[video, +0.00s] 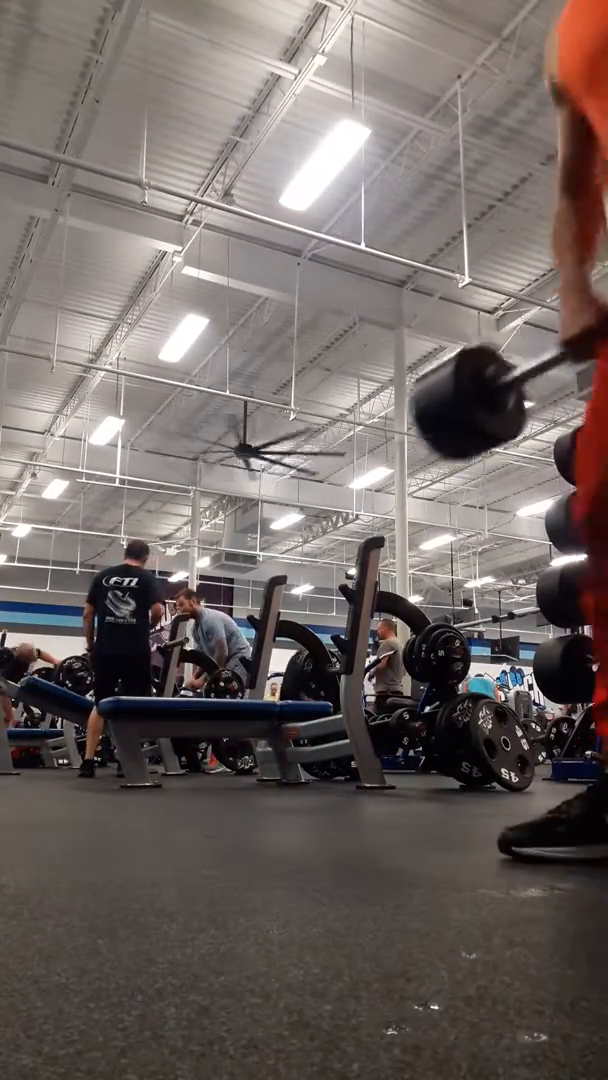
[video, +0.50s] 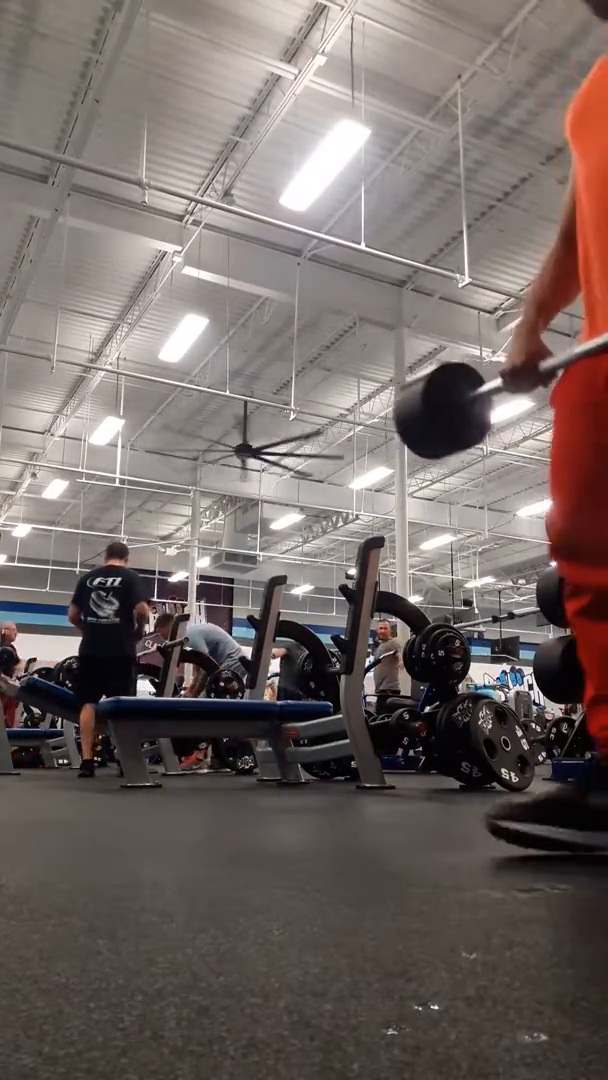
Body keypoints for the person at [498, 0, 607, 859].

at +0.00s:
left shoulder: (583, 30)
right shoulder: (580, 30)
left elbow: (578, 179)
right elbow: (578, 177)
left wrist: (574, 285)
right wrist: (574, 286)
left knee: (598, 531)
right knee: (597, 529)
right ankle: (607, 775)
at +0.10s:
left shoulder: (583, 45)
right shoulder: (580, 47)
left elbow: (572, 206)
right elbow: (571, 204)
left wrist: (552, 308)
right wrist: (549, 304)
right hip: (606, 346)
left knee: (587, 540)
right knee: (586, 538)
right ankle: (607, 776)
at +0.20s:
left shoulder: (586, 57)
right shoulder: (580, 59)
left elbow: (568, 220)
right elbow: (569, 218)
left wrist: (537, 309)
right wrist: (531, 307)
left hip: (607, 347)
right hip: (603, 343)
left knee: (588, 541)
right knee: (587, 539)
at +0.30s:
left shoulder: (593, 59)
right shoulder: (587, 64)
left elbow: (578, 202)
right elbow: (579, 199)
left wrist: (529, 305)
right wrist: (528, 304)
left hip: (604, 349)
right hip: (597, 345)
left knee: (590, 542)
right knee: (588, 540)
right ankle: (607, 774)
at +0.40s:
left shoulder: (595, 79)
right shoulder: (591, 80)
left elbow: (583, 208)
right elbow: (584, 207)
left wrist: (528, 313)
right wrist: (528, 312)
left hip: (600, 362)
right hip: (594, 359)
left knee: (591, 555)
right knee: (589, 553)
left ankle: (607, 777)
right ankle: (605, 776)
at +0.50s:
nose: (587, 6)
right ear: (593, 11)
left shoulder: (594, 99)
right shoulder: (588, 101)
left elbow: (581, 214)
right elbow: (583, 209)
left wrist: (535, 319)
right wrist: (532, 316)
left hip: (598, 355)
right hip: (591, 353)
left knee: (584, 546)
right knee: (581, 546)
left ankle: (601, 767)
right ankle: (598, 762)